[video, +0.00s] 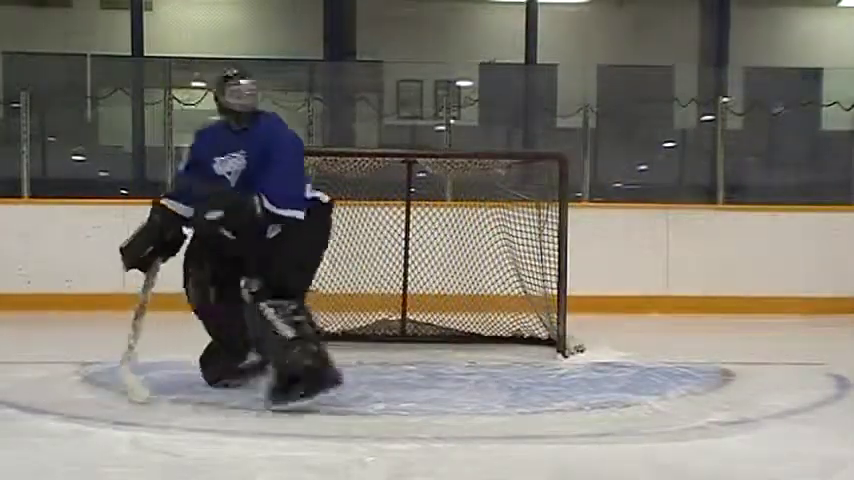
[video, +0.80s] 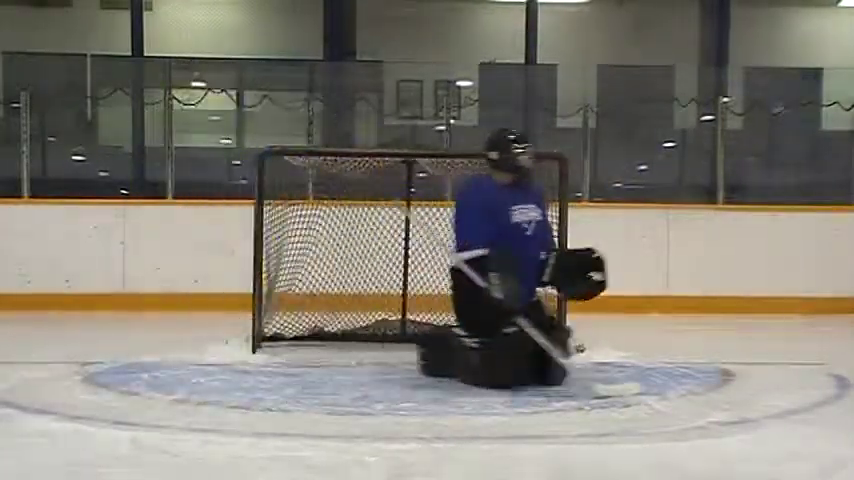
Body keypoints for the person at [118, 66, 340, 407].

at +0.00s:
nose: (243, 100)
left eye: (248, 92)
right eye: (234, 93)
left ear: (256, 96)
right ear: (219, 99)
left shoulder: (278, 138)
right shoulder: (208, 140)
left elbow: (283, 203)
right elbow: (185, 193)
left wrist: (242, 215)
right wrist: (158, 232)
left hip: (292, 221)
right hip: (233, 222)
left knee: (275, 290)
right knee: (203, 275)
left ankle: (304, 363)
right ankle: (239, 351)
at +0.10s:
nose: (268, 109)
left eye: (272, 102)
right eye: (259, 104)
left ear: (279, 109)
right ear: (242, 111)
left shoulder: (297, 149)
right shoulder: (225, 150)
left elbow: (300, 221)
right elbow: (196, 206)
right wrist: (169, 242)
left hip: (312, 231)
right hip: (249, 232)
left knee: (275, 294)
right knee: (222, 288)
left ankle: (346, 367)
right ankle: (228, 360)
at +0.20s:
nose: (296, 123)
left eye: (300, 116)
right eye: (288, 116)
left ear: (307, 121)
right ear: (271, 121)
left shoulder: (322, 160)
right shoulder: (245, 160)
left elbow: (328, 218)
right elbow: (214, 209)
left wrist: (304, 244)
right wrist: (187, 244)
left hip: (320, 248)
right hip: (268, 245)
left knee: (325, 312)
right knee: (237, 303)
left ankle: (389, 369)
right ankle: (225, 367)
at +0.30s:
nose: (339, 135)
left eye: (345, 127)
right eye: (331, 127)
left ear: (351, 130)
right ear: (312, 128)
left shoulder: (362, 174)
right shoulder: (277, 165)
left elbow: (366, 237)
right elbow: (243, 209)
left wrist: (343, 257)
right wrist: (222, 244)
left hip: (345, 266)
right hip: (294, 264)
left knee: (344, 323)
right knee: (267, 308)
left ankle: (424, 361)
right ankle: (223, 371)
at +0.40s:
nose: (384, 152)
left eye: (390, 145)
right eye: (377, 142)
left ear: (396, 147)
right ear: (360, 142)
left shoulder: (406, 183)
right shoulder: (329, 178)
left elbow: (416, 235)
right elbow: (293, 221)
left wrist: (407, 256)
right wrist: (270, 255)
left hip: (387, 286)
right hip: (334, 282)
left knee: (386, 354)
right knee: (292, 321)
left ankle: (449, 360)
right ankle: (229, 355)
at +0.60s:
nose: (474, 161)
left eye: (475, 153)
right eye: (467, 154)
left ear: (474, 157)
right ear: (446, 157)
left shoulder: (485, 200)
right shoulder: (413, 197)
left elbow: (498, 255)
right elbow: (378, 246)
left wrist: (493, 291)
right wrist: (386, 282)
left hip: (464, 313)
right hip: (413, 308)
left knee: (487, 368)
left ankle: (412, 359)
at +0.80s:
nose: (527, 161)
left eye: (527, 154)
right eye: (520, 155)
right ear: (499, 159)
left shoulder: (531, 193)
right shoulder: (476, 192)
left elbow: (539, 251)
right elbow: (470, 256)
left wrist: (561, 270)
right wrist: (498, 284)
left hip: (520, 296)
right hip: (479, 295)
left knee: (550, 366)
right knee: (510, 367)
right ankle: (446, 355)